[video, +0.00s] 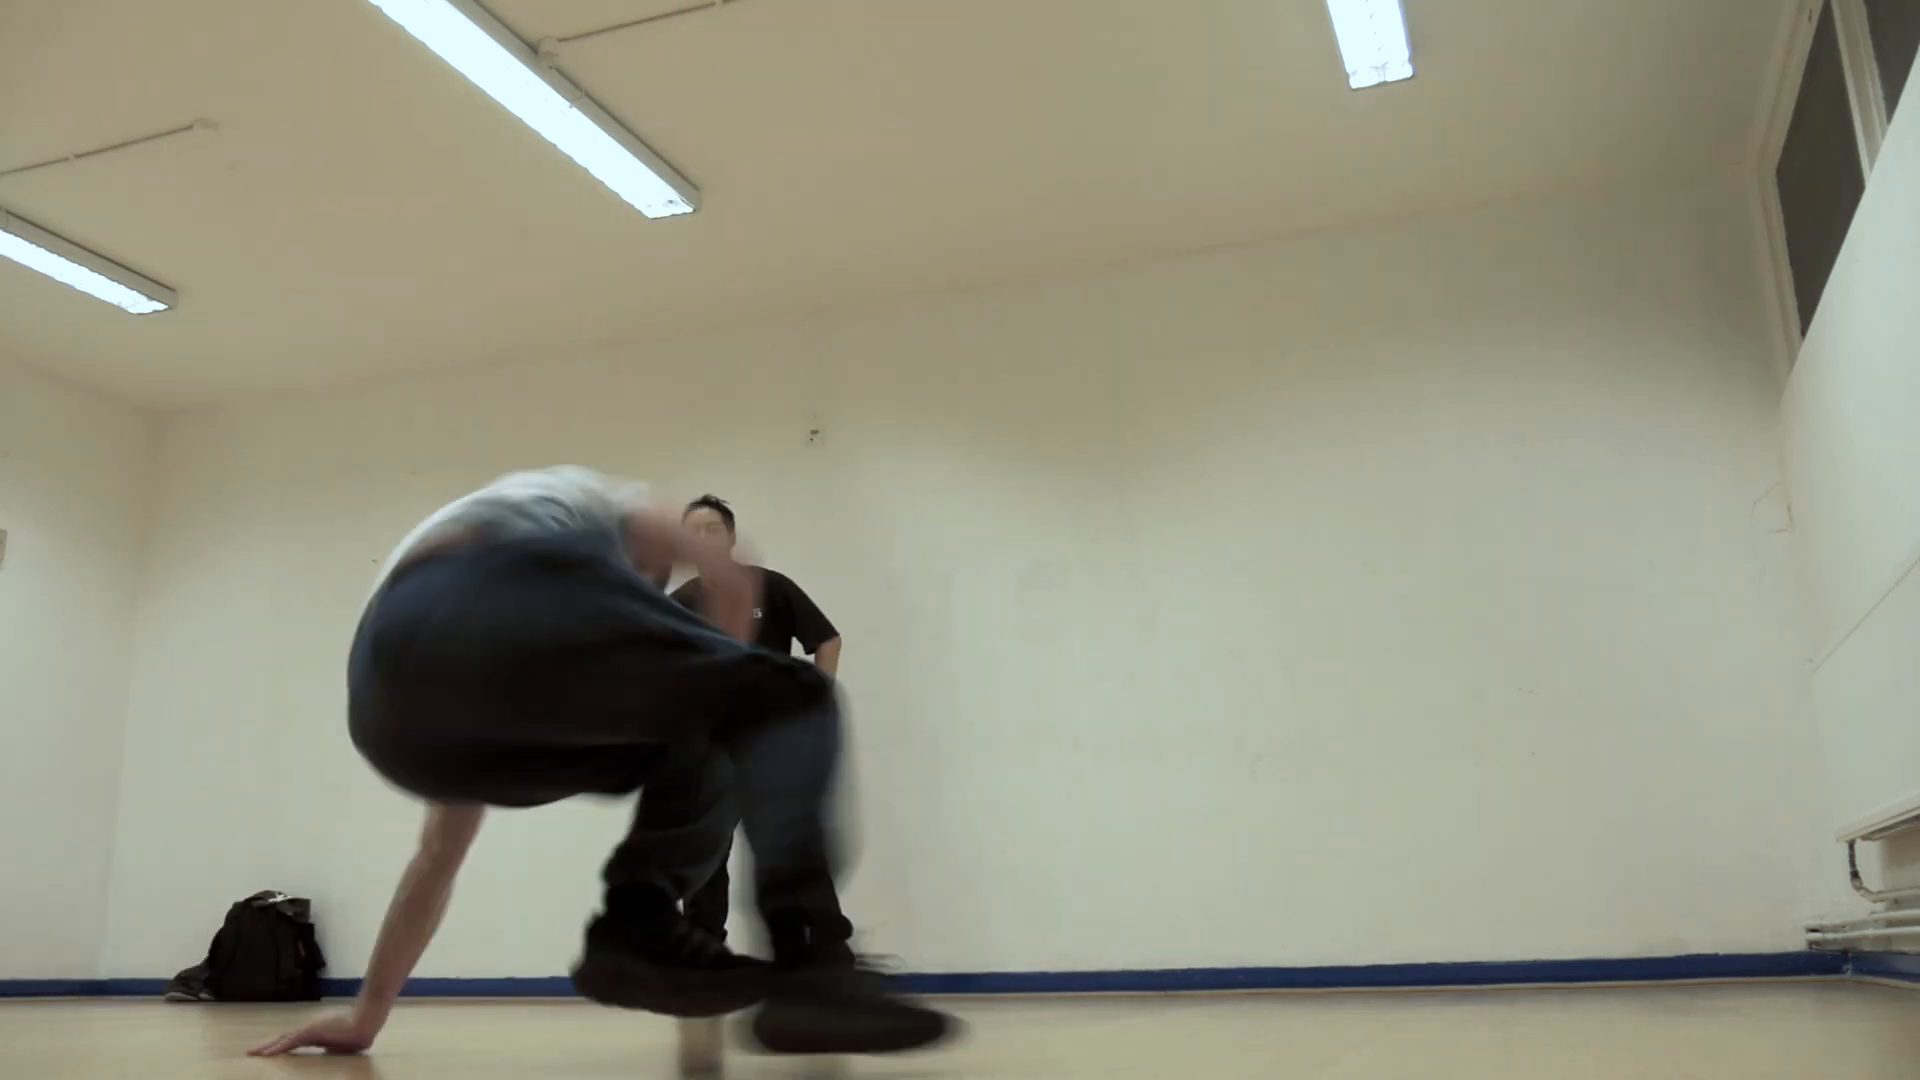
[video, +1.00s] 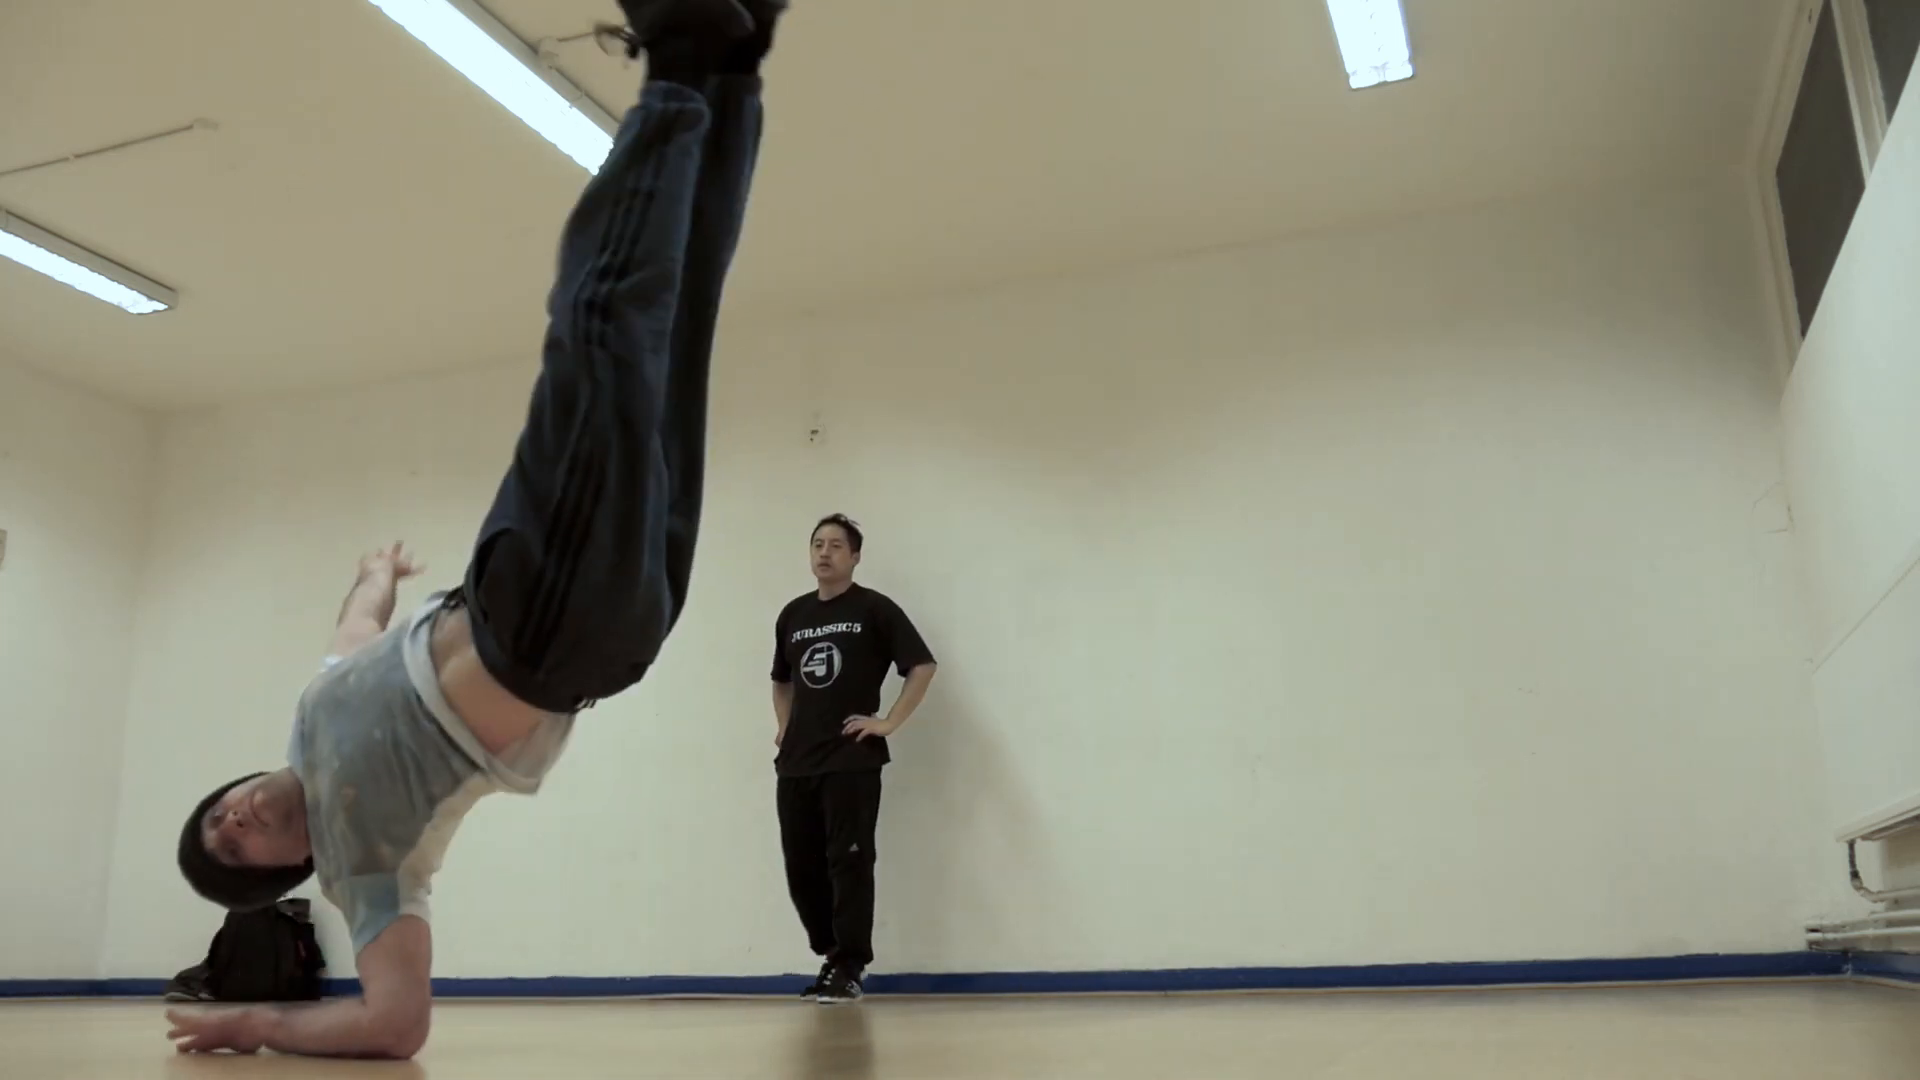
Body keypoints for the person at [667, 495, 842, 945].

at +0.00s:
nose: (703, 539)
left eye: (712, 528)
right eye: (694, 530)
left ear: (731, 536)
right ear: (683, 540)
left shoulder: (770, 588)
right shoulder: (678, 604)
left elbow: (826, 640)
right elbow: (657, 666)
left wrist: (813, 708)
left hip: (770, 735)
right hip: (704, 742)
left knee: (783, 843)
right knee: (703, 847)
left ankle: (800, 942)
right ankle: (701, 944)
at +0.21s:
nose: (741, 545)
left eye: (751, 536)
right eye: (733, 538)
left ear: (770, 545)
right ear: (724, 549)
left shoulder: (806, 596)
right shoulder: (712, 613)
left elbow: (862, 650)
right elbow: (697, 672)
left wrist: (842, 722)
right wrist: (718, 730)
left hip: (804, 747)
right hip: (741, 752)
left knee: (821, 850)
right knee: (735, 854)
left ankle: (842, 962)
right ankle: (723, 973)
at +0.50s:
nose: (794, 550)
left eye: (805, 541)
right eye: (786, 541)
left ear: (825, 550)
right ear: (776, 551)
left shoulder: (857, 604)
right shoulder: (763, 609)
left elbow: (887, 685)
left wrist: (866, 754)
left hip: (836, 757)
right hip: (774, 757)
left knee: (843, 853)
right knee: (750, 853)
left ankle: (844, 966)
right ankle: (726, 959)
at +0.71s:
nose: (818, 548)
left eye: (829, 541)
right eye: (811, 541)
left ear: (847, 552)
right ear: (802, 551)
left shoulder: (875, 606)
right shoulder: (782, 610)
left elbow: (922, 663)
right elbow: (765, 672)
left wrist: (892, 722)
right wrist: (771, 724)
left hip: (850, 756)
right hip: (790, 757)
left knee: (850, 862)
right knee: (765, 856)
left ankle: (846, 973)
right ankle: (780, 967)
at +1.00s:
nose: (824, 552)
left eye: (835, 546)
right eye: (818, 545)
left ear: (855, 555)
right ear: (810, 554)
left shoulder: (877, 609)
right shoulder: (792, 616)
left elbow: (923, 667)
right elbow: (783, 678)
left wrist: (890, 722)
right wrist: (784, 724)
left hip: (852, 755)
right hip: (798, 757)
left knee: (849, 858)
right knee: (803, 864)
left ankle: (850, 968)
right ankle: (834, 962)